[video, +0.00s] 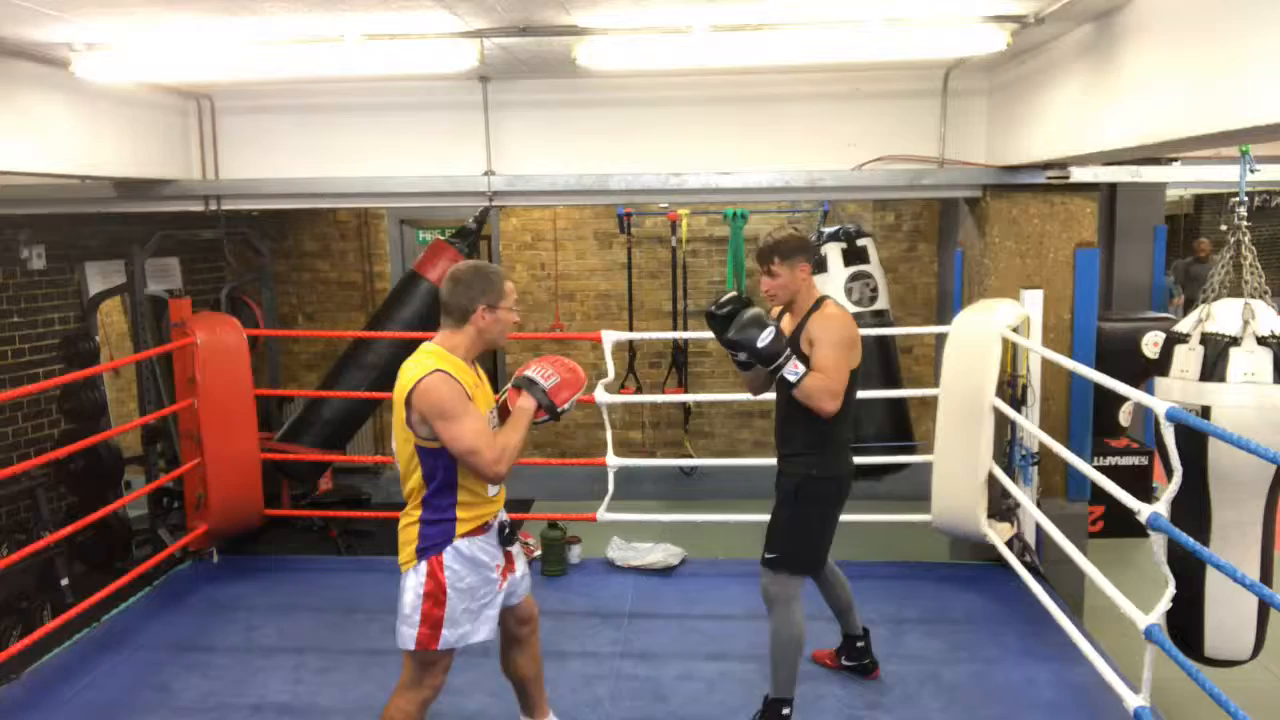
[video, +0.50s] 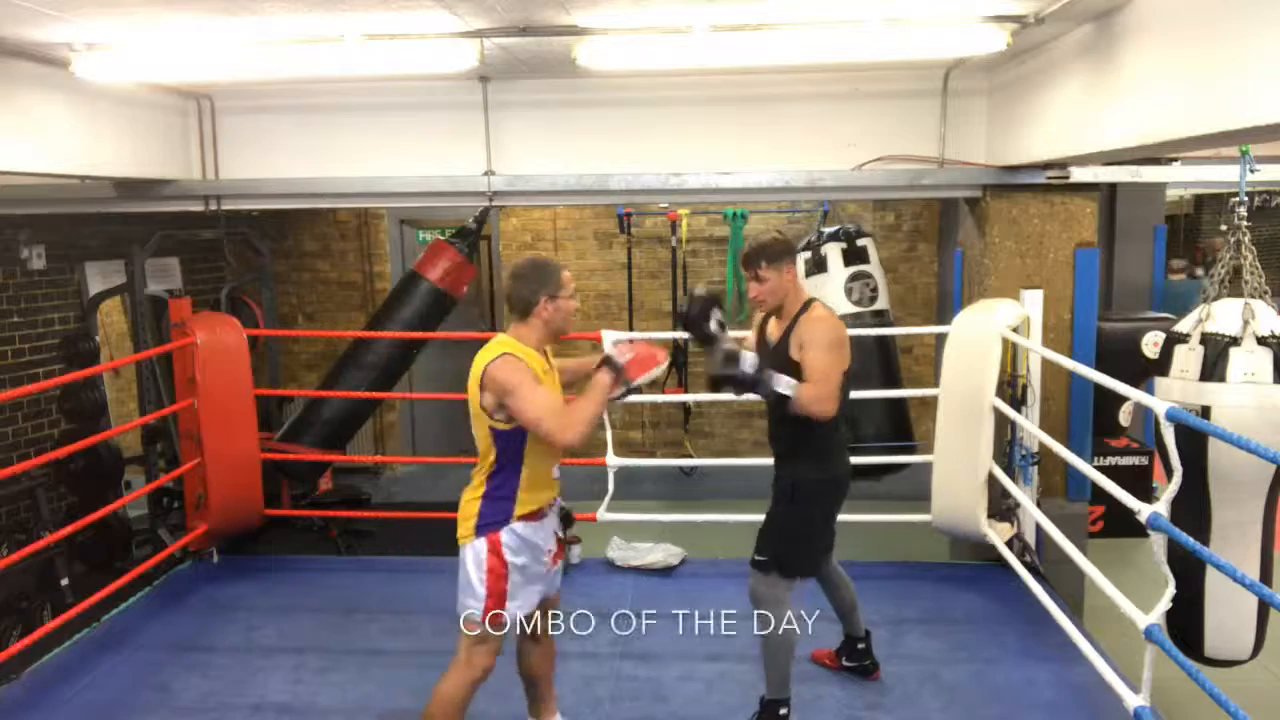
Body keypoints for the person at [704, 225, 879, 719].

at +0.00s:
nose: (764, 285)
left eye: (772, 275)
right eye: (762, 275)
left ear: (802, 273)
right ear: (788, 276)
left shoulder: (831, 319)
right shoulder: (790, 317)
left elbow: (827, 401)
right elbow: (760, 384)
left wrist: (778, 354)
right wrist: (738, 342)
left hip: (818, 473)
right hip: (800, 467)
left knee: (779, 586)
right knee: (814, 561)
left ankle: (779, 707)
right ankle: (857, 647)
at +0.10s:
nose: (763, 287)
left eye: (771, 277)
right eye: (760, 278)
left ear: (800, 275)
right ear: (781, 279)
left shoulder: (831, 323)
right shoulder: (785, 319)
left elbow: (828, 404)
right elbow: (757, 383)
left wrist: (775, 365)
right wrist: (735, 339)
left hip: (818, 473)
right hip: (798, 468)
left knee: (771, 585)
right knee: (815, 561)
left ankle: (777, 707)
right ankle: (857, 648)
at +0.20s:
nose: (754, 285)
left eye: (761, 275)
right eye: (752, 276)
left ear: (790, 272)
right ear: (778, 275)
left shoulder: (822, 320)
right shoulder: (782, 316)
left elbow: (830, 403)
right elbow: (750, 380)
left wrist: (776, 363)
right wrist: (731, 330)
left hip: (814, 473)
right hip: (801, 466)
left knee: (768, 585)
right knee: (820, 559)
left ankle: (777, 707)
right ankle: (858, 648)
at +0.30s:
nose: (751, 286)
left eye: (758, 276)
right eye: (749, 277)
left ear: (788, 273)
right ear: (773, 277)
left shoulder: (811, 317)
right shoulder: (776, 317)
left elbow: (774, 373)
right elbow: (734, 352)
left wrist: (714, 351)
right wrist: (689, 337)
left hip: (813, 472)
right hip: (810, 467)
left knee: (769, 588)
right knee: (822, 559)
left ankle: (776, 707)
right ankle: (858, 647)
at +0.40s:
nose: (752, 289)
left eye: (759, 279)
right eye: (749, 279)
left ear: (789, 274)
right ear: (767, 278)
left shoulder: (809, 320)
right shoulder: (779, 319)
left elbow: (779, 375)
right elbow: (752, 367)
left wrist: (708, 360)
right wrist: (718, 341)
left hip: (815, 474)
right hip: (804, 469)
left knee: (768, 587)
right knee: (819, 561)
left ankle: (776, 706)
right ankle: (858, 648)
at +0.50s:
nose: (752, 290)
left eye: (760, 280)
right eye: (749, 281)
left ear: (789, 274)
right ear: (754, 279)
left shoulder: (821, 324)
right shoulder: (768, 321)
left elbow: (822, 404)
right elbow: (749, 371)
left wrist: (764, 377)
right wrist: (715, 337)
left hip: (817, 474)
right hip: (794, 468)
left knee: (767, 587)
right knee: (819, 562)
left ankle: (776, 705)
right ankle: (858, 647)